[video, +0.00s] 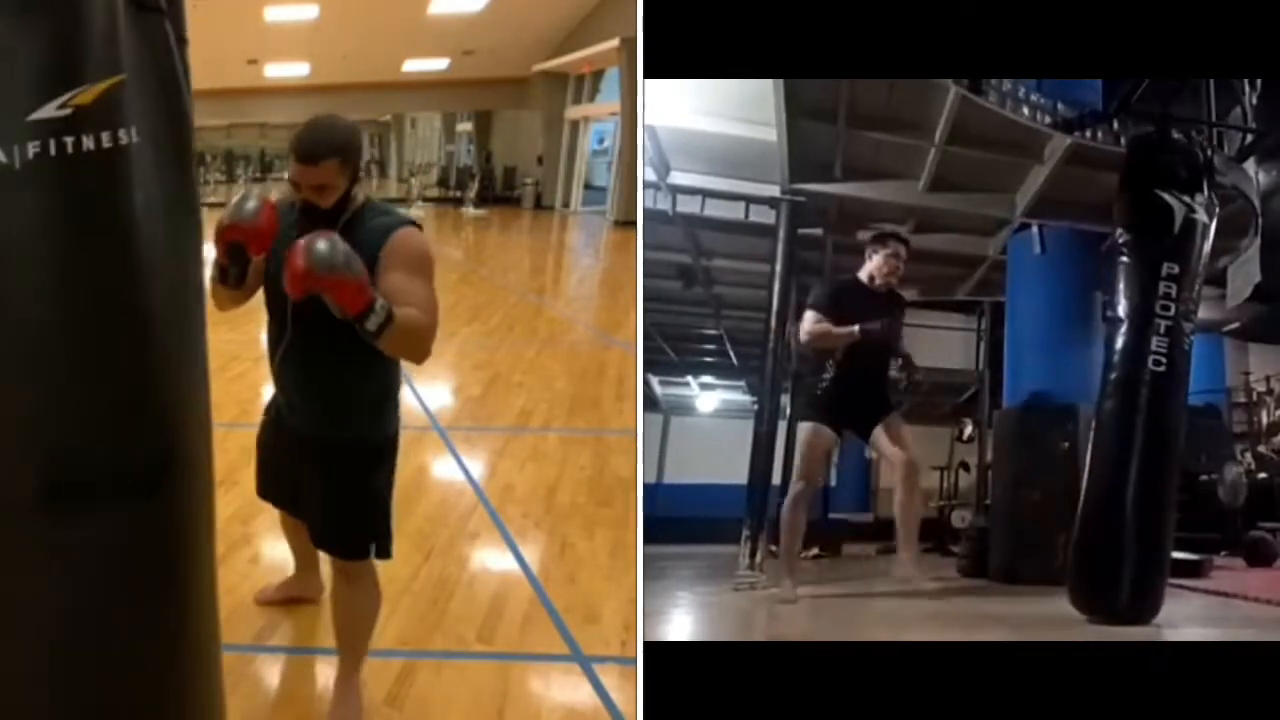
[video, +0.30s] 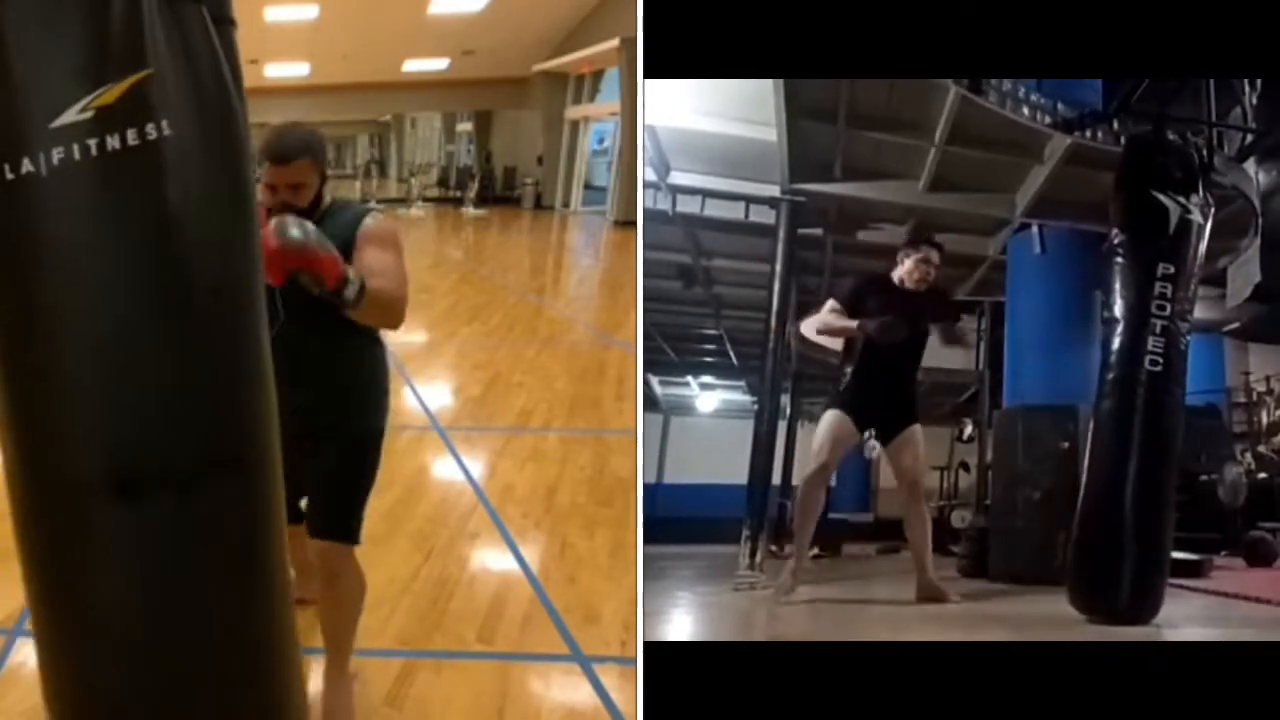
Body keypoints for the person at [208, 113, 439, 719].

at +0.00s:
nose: (311, 199)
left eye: (324, 189)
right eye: (301, 186)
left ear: (355, 175)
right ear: (291, 173)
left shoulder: (396, 240)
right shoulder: (280, 220)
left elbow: (418, 342)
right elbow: (228, 299)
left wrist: (360, 302)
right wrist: (232, 255)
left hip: (358, 425)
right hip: (292, 408)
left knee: (349, 557)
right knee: (290, 496)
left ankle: (348, 684)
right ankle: (306, 578)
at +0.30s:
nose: (281, 201)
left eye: (295, 189)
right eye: (272, 188)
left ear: (323, 181)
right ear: (258, 181)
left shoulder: (365, 228)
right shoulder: (247, 226)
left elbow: (391, 310)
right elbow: (223, 296)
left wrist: (330, 272)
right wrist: (248, 250)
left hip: (347, 401)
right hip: (277, 395)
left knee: (331, 545)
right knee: (282, 510)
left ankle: (336, 679)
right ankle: (306, 578)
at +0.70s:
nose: (277, 249)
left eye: (290, 235)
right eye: (266, 236)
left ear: (322, 220)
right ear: (252, 226)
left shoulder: (362, 262)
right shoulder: (257, 267)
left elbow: (419, 323)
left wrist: (333, 353)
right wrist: (257, 352)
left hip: (376, 453)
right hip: (294, 446)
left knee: (361, 596)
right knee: (278, 557)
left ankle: (391, 710)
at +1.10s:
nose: (328, 232)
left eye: (343, 218)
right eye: (314, 218)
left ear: (373, 203)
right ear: (298, 206)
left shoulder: (423, 256)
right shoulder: (281, 259)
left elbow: (481, 355)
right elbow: (233, 343)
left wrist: (412, 314)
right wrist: (235, 312)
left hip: (402, 451)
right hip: (320, 444)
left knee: (394, 607)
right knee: (315, 535)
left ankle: (407, 712)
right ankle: (331, 601)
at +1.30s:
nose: (314, 238)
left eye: (332, 226)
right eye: (303, 223)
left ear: (370, 217)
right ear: (293, 213)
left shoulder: (410, 286)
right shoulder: (318, 262)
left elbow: (402, 392)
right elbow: (316, 330)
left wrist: (297, 348)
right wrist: (255, 333)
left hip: (393, 477)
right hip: (322, 453)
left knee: (375, 632)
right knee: (310, 533)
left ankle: (403, 712)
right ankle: (335, 601)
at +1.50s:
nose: (399, 244)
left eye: (423, 229)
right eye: (383, 225)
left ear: (461, 215)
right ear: (366, 204)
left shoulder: (482, 270)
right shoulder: (311, 247)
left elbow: (545, 364)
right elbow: (198, 275)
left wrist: (560, 316)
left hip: (416, 475)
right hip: (320, 462)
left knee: (415, 627)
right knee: (313, 547)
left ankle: (414, 715)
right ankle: (319, 586)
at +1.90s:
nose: (336, 208)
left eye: (354, 195)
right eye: (324, 192)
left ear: (386, 187)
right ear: (312, 182)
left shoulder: (428, 257)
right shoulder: (287, 244)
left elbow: (467, 367)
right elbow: (224, 336)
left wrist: (408, 320)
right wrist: (245, 295)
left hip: (374, 459)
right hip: (293, 446)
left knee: (383, 616)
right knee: (298, 528)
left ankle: (395, 716)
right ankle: (307, 593)